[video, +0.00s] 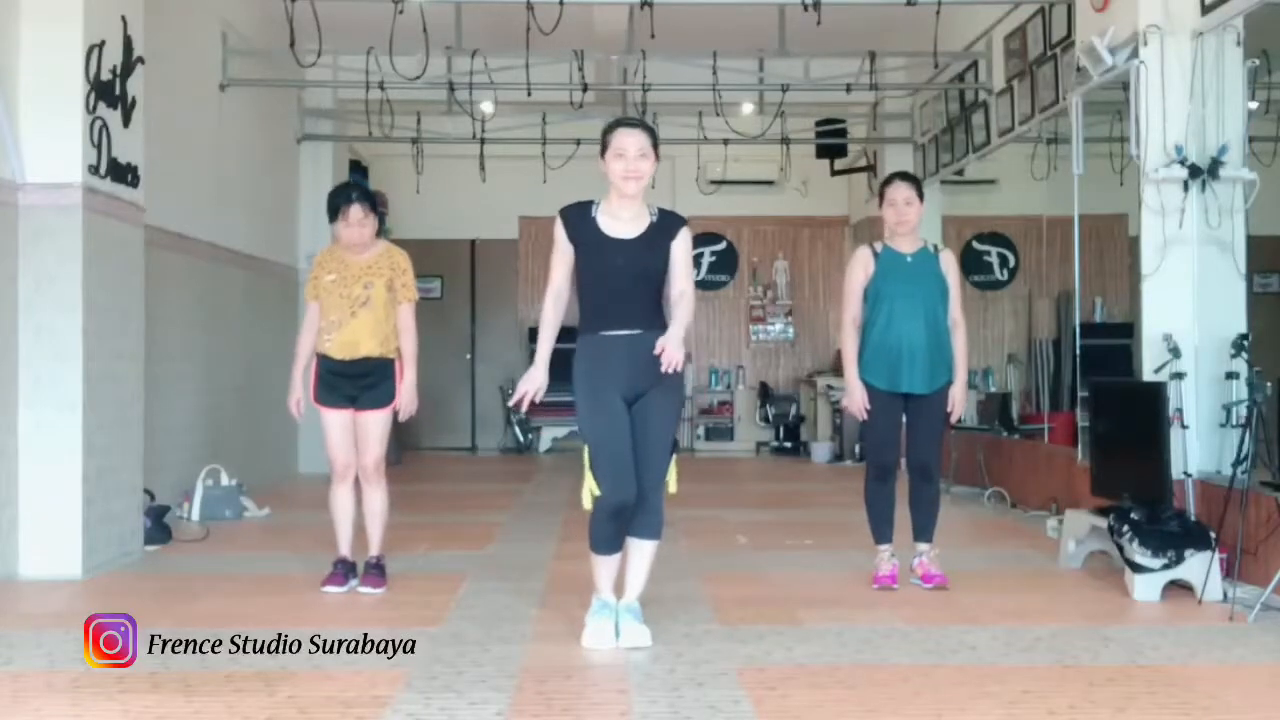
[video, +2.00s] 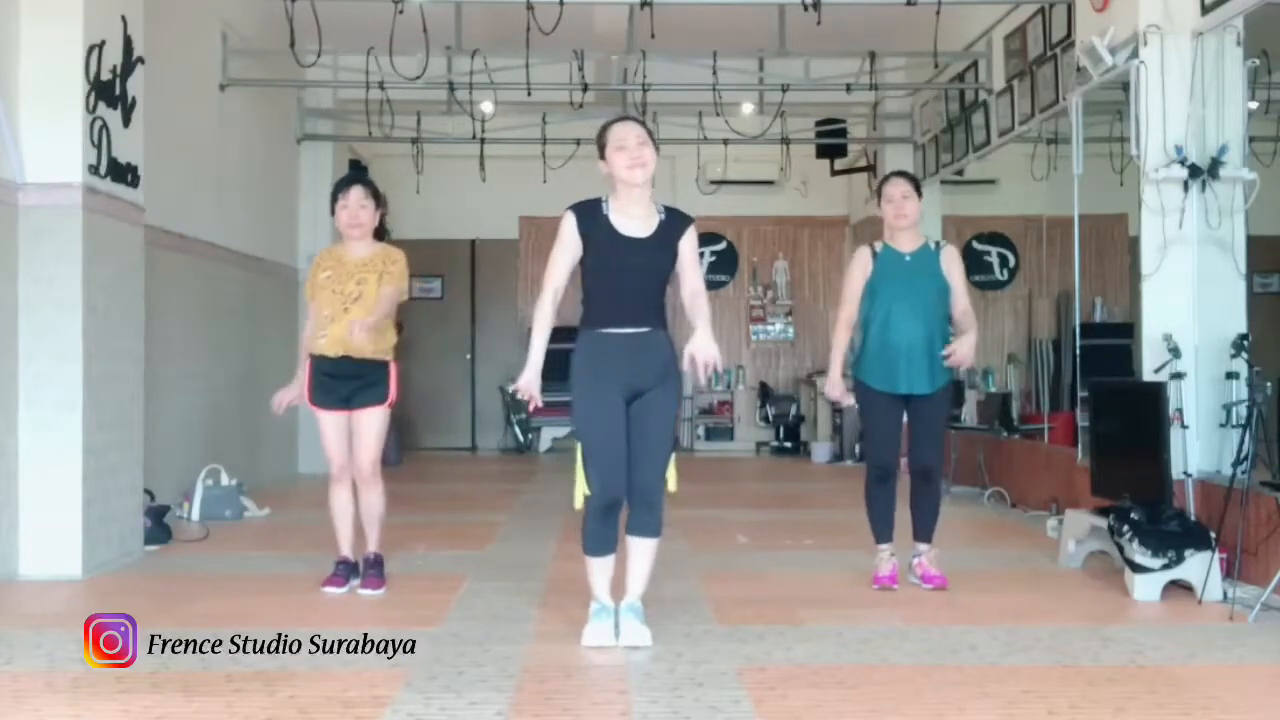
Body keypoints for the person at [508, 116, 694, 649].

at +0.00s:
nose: (631, 164)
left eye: (641, 154)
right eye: (620, 154)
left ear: (655, 163)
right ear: (603, 162)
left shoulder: (672, 227)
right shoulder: (573, 222)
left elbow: (682, 294)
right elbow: (556, 295)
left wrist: (678, 331)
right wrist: (540, 364)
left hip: (658, 365)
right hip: (597, 366)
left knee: (650, 490)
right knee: (617, 491)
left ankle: (630, 606)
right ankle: (603, 603)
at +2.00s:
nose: (636, 154)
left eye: (642, 144)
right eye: (623, 148)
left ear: (657, 154)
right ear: (605, 163)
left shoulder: (679, 226)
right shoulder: (581, 219)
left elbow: (694, 293)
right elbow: (550, 293)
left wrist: (703, 332)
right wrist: (533, 366)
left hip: (657, 364)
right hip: (597, 364)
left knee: (649, 488)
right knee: (606, 489)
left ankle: (633, 605)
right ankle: (601, 606)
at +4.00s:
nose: (631, 161)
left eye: (641, 152)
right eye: (620, 152)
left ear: (656, 162)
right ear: (603, 160)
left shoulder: (671, 227)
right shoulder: (575, 218)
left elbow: (686, 287)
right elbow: (543, 294)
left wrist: (687, 303)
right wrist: (521, 364)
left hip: (654, 363)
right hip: (593, 363)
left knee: (646, 487)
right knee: (603, 489)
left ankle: (632, 605)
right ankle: (600, 605)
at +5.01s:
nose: (607, 166)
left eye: (618, 156)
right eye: (597, 155)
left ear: (635, 165)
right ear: (582, 163)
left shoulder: (664, 220)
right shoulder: (562, 231)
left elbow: (685, 291)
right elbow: (544, 292)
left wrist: (692, 361)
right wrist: (567, 299)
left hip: (641, 368)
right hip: (576, 368)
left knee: (635, 490)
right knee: (585, 488)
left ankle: (629, 605)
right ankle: (597, 605)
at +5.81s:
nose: (622, 161)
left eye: (632, 151)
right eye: (611, 151)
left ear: (647, 159)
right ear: (593, 160)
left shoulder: (669, 220)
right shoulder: (569, 224)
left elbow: (692, 286)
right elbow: (548, 301)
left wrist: (684, 319)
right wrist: (534, 373)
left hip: (653, 364)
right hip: (590, 366)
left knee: (645, 487)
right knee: (598, 487)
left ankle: (632, 604)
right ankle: (599, 605)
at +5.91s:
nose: (623, 164)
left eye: (633, 154)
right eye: (612, 154)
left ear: (648, 162)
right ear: (594, 162)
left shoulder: (671, 223)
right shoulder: (570, 227)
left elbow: (695, 287)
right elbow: (548, 306)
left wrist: (679, 308)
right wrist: (530, 376)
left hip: (654, 365)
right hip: (591, 367)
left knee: (647, 486)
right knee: (600, 489)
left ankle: (633, 605)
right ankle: (600, 605)